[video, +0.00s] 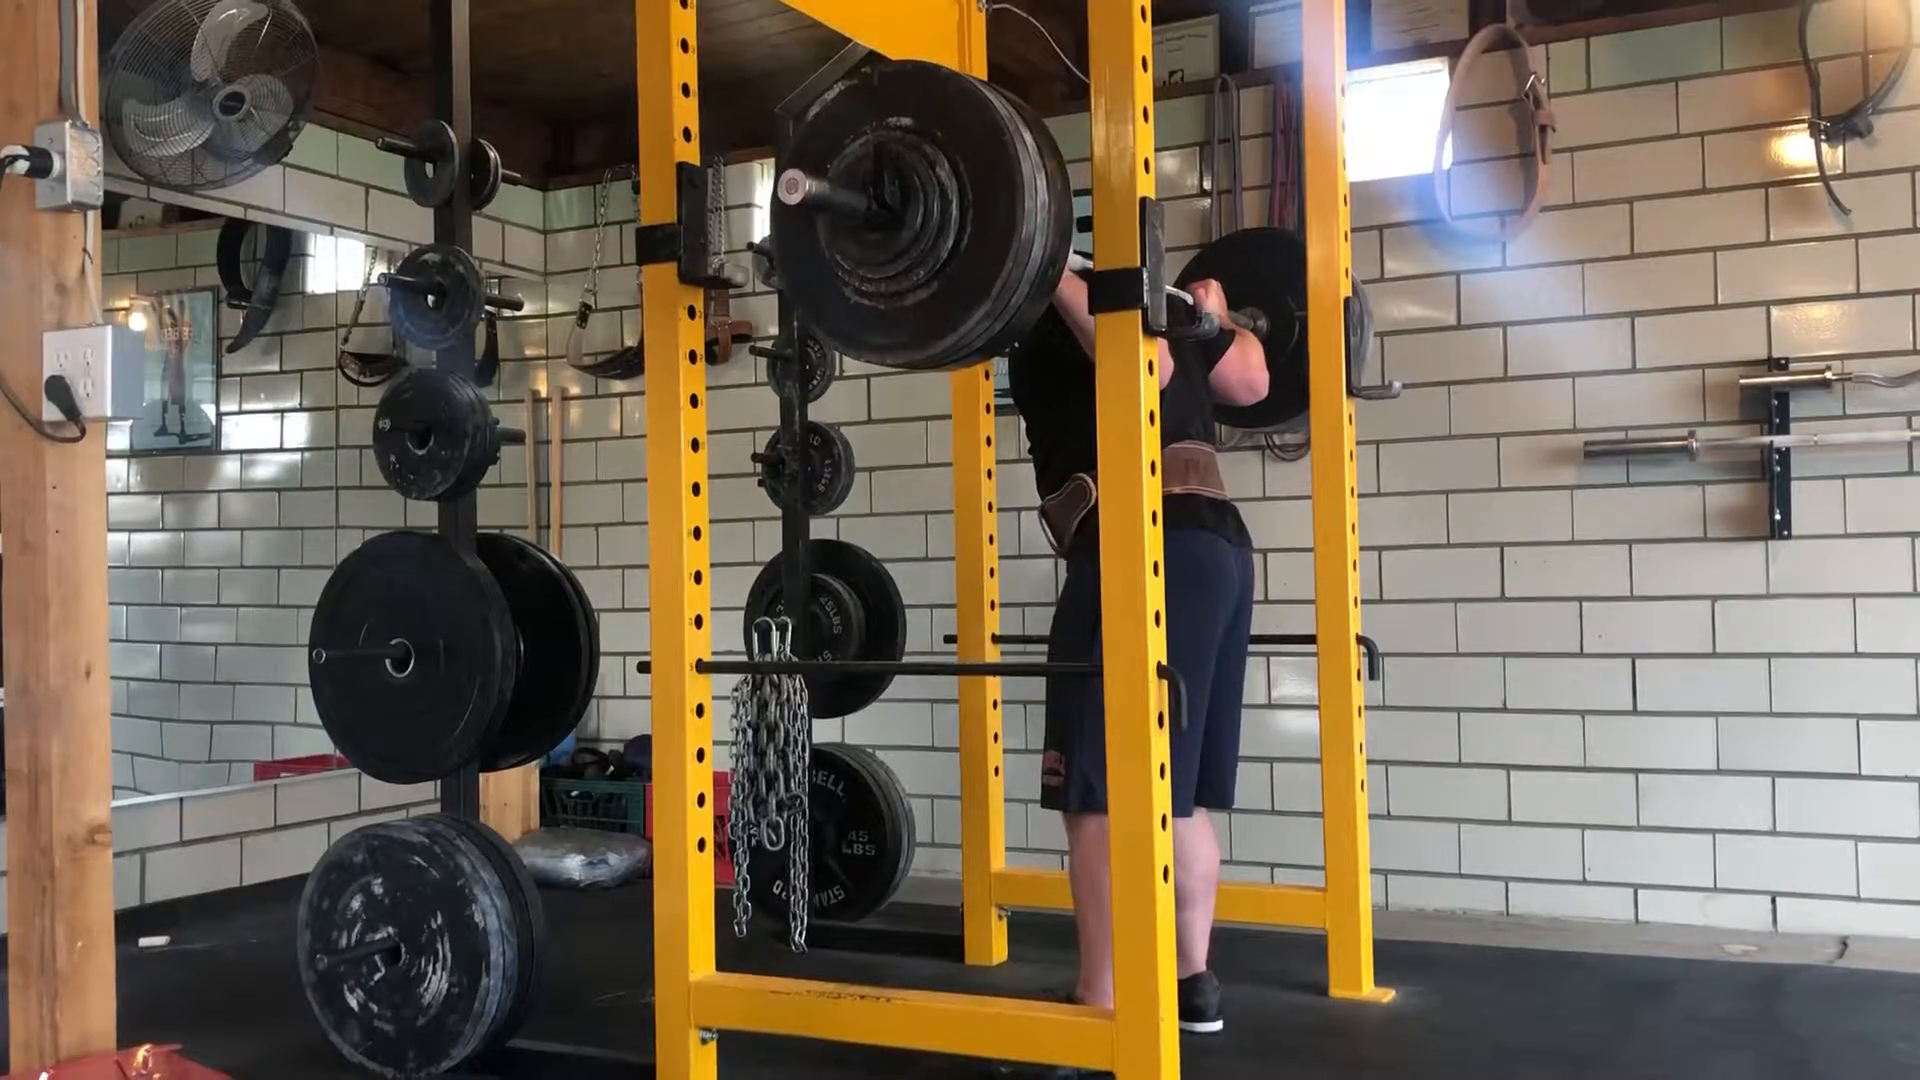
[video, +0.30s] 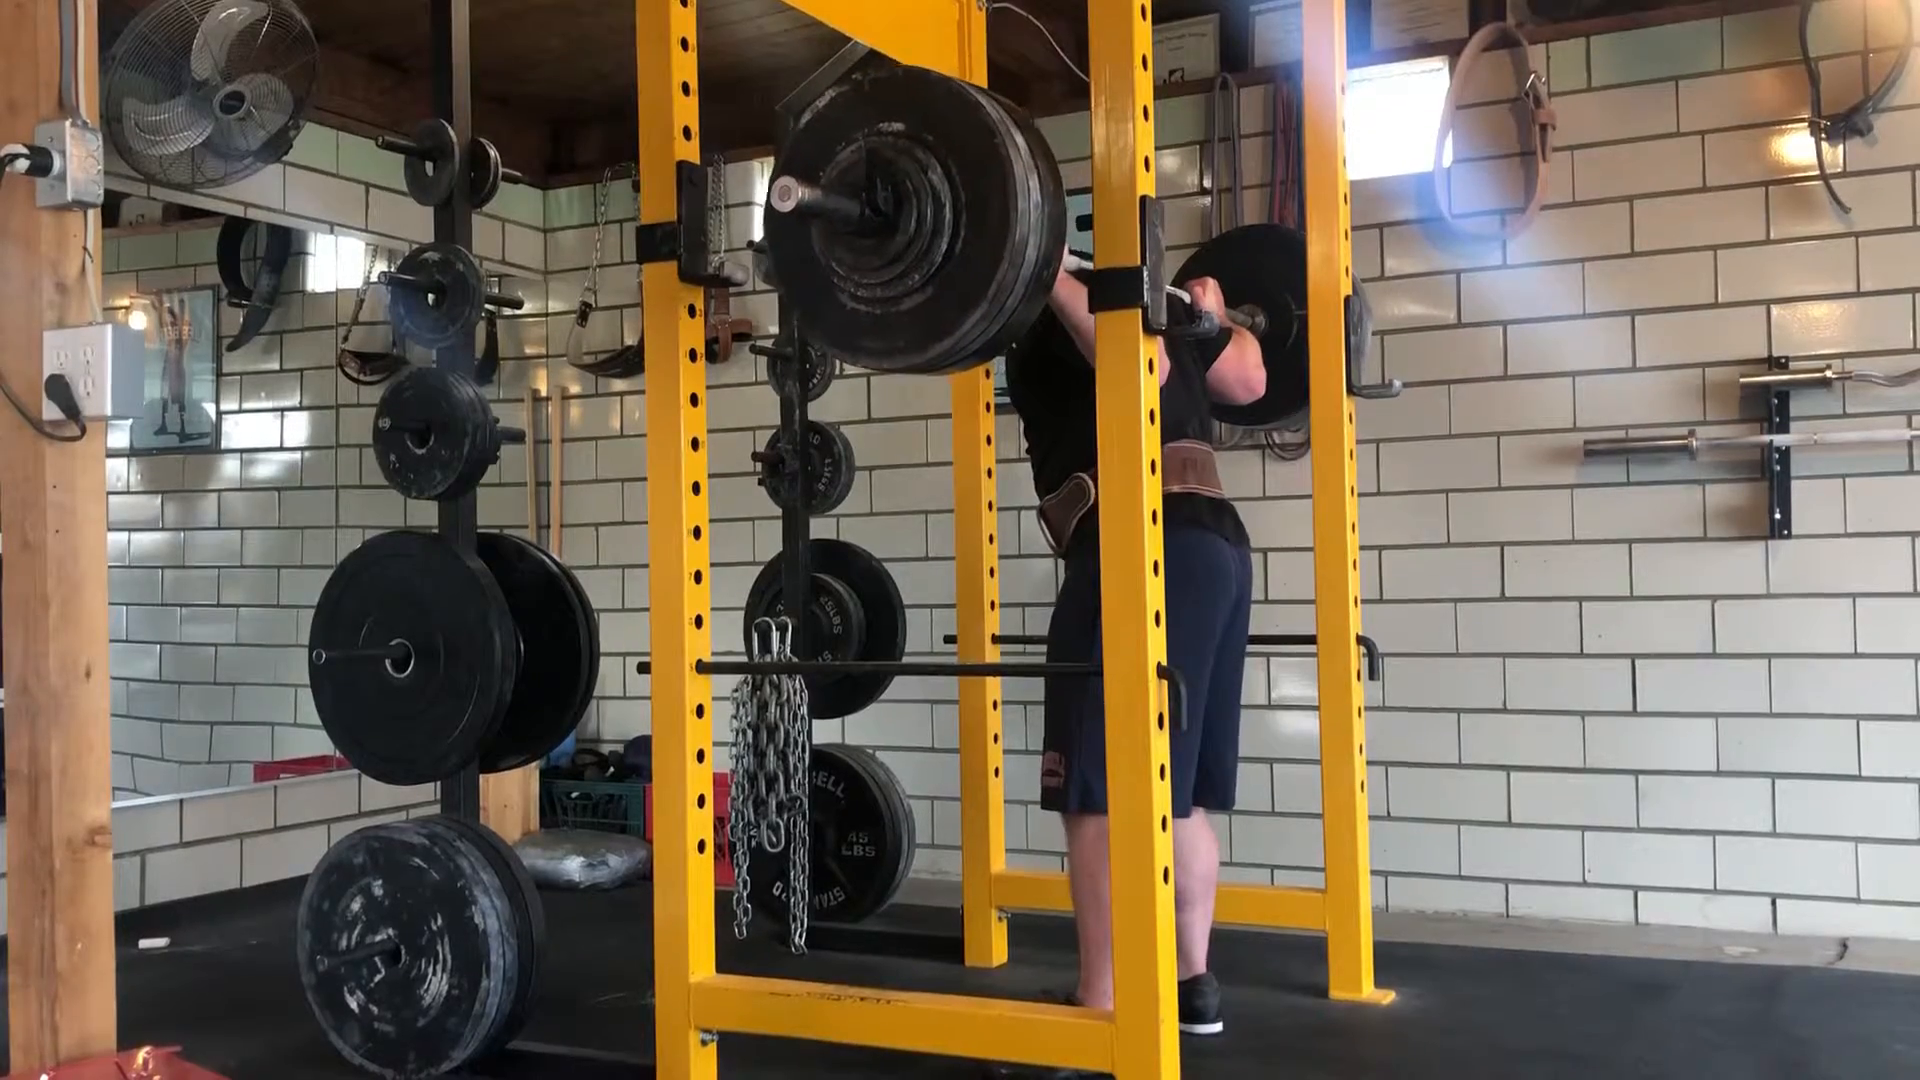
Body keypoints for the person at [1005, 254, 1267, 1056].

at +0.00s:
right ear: (1086, 238)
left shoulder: (1050, 303)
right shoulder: (1168, 302)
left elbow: (1142, 371)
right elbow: (1251, 378)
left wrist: (1067, 283)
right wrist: (1214, 310)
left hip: (1128, 544)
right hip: (1216, 547)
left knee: (1096, 787)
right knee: (1189, 785)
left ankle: (1100, 1003)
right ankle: (1194, 982)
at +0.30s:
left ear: (1034, 243)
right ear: (1077, 235)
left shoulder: (1058, 294)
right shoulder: (1168, 298)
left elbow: (1141, 372)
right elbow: (1248, 378)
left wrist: (1057, 281)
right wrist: (1213, 307)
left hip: (1126, 541)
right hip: (1213, 545)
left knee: (1091, 784)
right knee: (1188, 784)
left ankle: (1101, 1000)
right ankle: (1194, 987)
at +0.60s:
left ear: (1028, 244)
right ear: (1070, 237)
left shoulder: (1052, 295)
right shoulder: (1163, 296)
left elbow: (1135, 373)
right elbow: (1245, 378)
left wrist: (1055, 284)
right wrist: (1212, 308)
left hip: (1124, 538)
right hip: (1213, 543)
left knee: (1087, 783)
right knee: (1187, 782)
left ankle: (1100, 999)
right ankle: (1194, 985)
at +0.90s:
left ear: (1033, 244)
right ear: (1074, 239)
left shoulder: (1054, 295)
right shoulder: (1160, 297)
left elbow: (1134, 370)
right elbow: (1246, 377)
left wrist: (1047, 280)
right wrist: (1211, 308)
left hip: (1131, 540)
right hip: (1214, 544)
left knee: (1088, 782)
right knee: (1185, 784)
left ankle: (1099, 1003)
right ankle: (1193, 986)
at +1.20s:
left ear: (1023, 260)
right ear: (1074, 249)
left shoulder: (1048, 317)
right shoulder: (1156, 311)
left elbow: (1139, 378)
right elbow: (1250, 380)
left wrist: (1049, 285)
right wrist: (1213, 315)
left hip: (1154, 545)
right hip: (1234, 546)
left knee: (1088, 783)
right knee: (1191, 784)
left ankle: (1098, 1004)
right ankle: (1195, 987)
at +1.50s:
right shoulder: (1150, 356)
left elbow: (1158, 424)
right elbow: (1258, 431)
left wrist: (1042, 346)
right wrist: (1213, 367)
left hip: (1223, 579)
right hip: (1281, 578)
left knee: (1072, 780)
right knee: (1191, 787)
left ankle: (1098, 1005)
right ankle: (1192, 987)